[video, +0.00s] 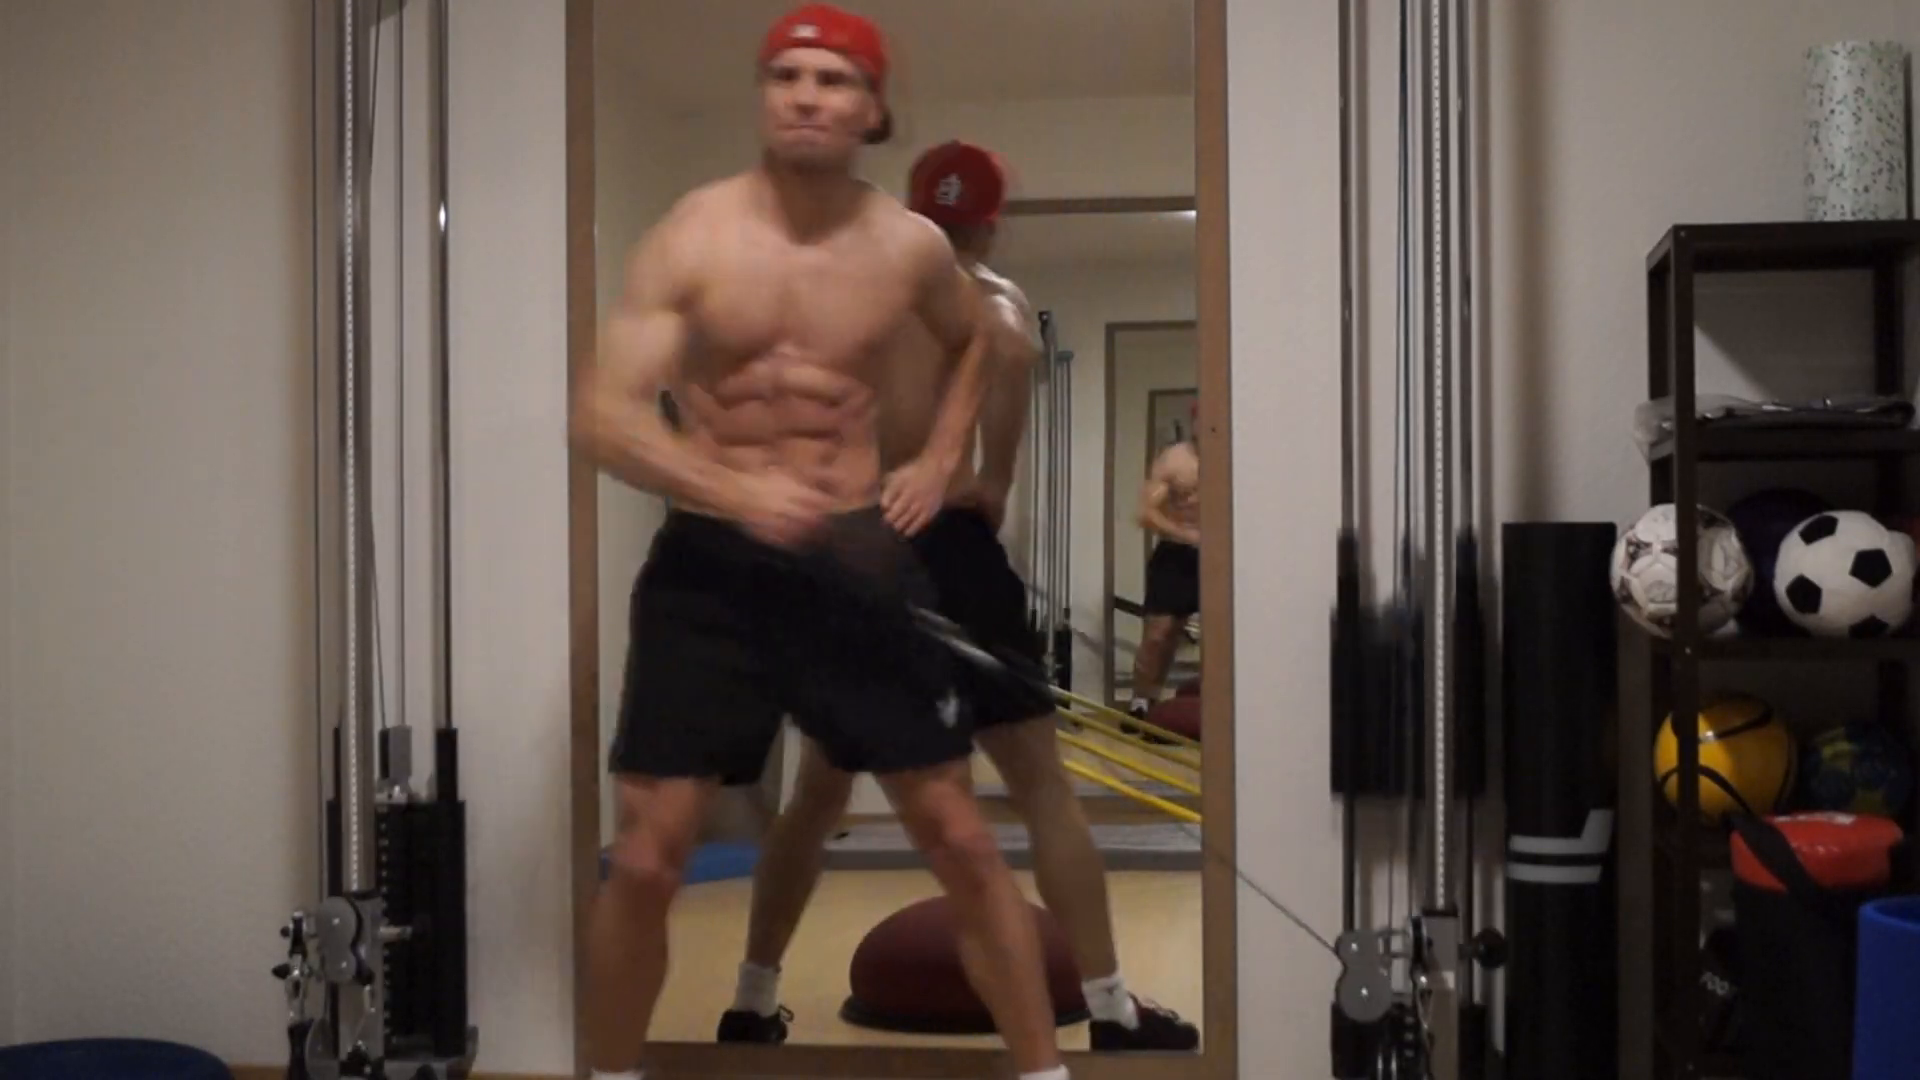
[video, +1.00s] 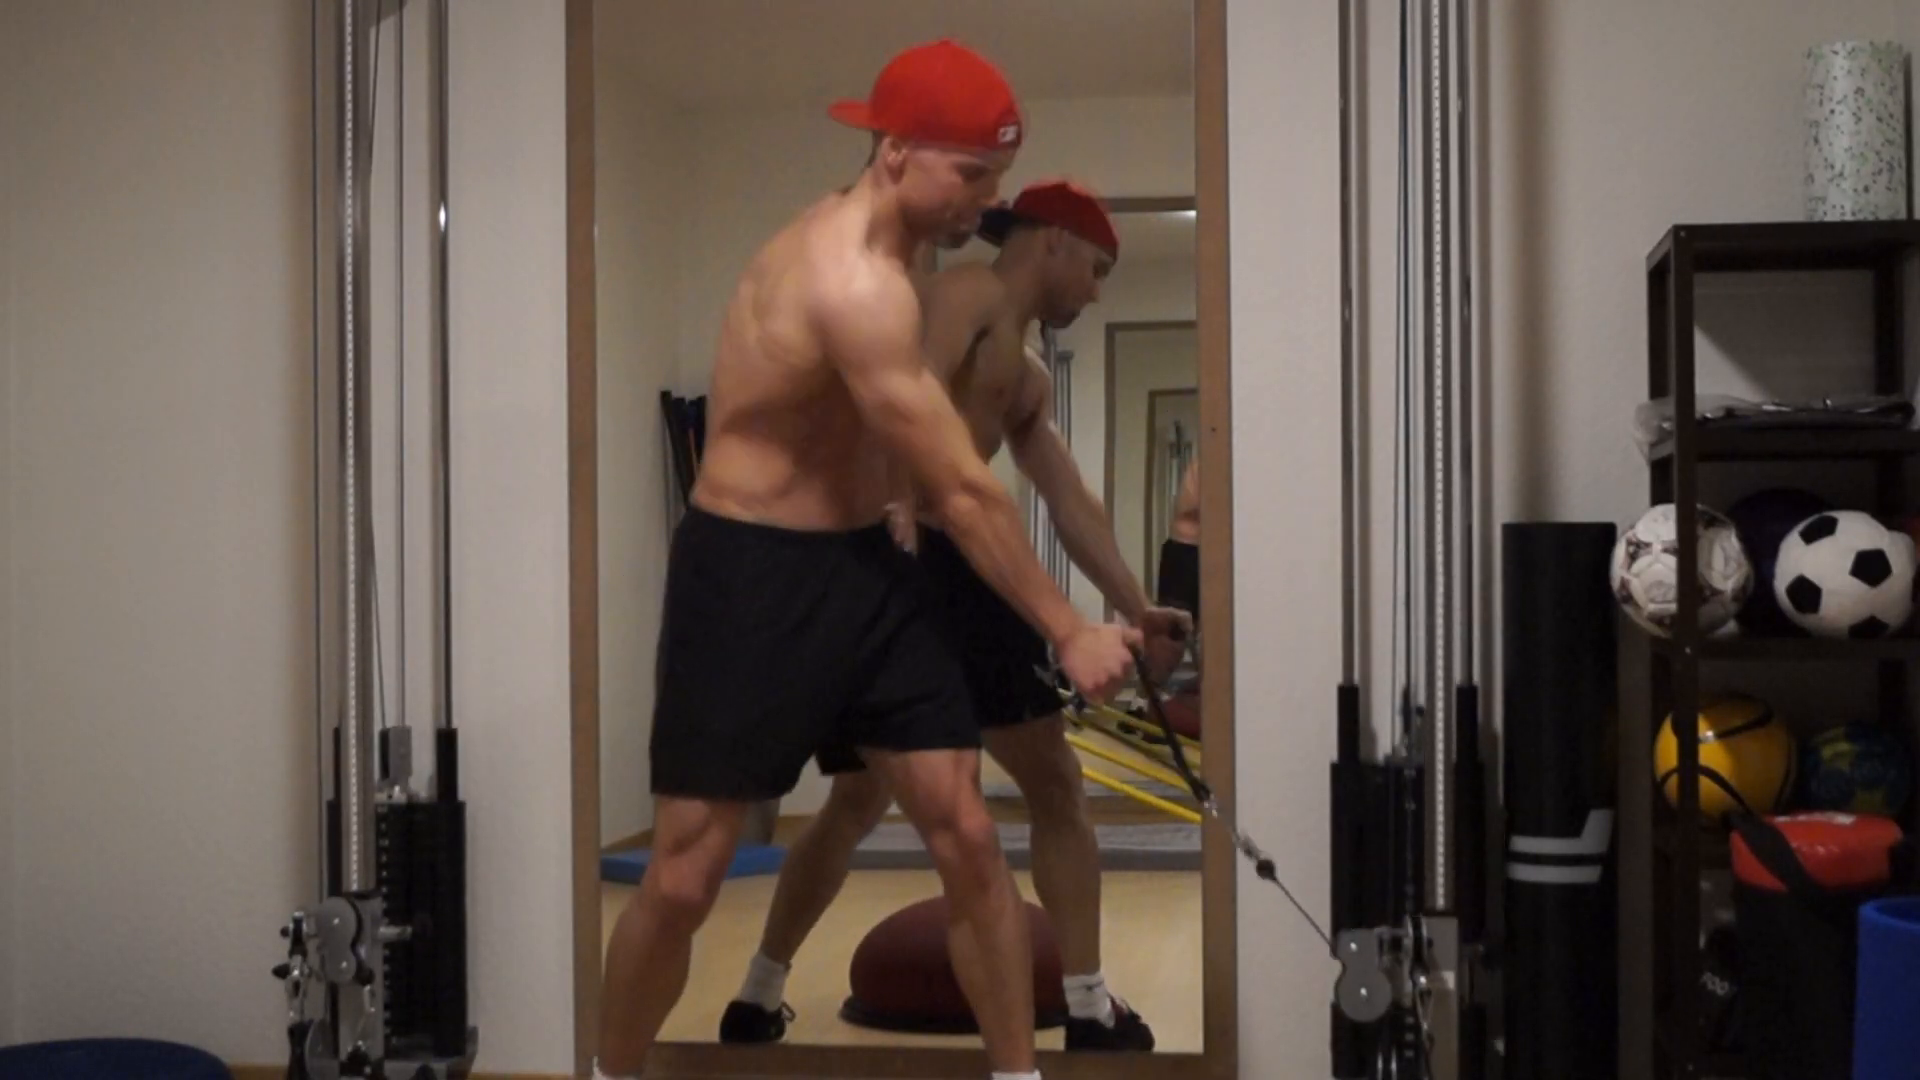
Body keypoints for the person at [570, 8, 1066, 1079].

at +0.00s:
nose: (803, 97)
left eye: (832, 82)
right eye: (785, 79)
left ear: (873, 116)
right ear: (759, 103)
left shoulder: (911, 248)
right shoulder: (692, 236)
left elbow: (975, 341)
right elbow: (602, 415)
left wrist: (939, 460)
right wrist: (735, 487)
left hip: (860, 570)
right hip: (711, 571)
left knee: (961, 839)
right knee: (646, 860)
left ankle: (1044, 1072)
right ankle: (607, 1075)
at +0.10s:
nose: (744, 92)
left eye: (773, 76)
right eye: (728, 74)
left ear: (825, 102)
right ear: (707, 95)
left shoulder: (879, 235)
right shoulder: (646, 237)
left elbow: (988, 338)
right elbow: (519, 381)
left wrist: (935, 469)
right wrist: (580, 444)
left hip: (839, 566)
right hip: (689, 568)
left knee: (942, 838)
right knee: (627, 853)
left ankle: (1038, 1069)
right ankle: (609, 1075)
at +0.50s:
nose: (761, 90)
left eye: (791, 71)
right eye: (746, 67)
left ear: (842, 97)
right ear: (724, 86)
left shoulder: (900, 225)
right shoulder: (672, 228)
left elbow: (1015, 337)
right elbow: (549, 380)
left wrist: (958, 474)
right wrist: (669, 439)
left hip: (858, 559)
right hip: (709, 560)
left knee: (943, 843)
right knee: (643, 849)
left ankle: (1013, 1072)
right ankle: (612, 1073)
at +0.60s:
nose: (854, 103)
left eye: (879, 85)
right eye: (833, 77)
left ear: (902, 109)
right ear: (789, 89)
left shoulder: (932, 230)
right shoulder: (722, 224)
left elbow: (987, 351)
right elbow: (653, 413)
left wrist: (964, 477)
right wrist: (812, 488)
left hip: (886, 549)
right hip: (737, 552)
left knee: (966, 837)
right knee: (667, 848)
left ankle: (1018, 1071)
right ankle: (613, 1073)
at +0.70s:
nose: (922, 123)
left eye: (938, 104)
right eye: (899, 96)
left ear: (946, 116)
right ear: (832, 95)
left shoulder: (940, 233)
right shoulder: (759, 223)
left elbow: (964, 365)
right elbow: (746, 441)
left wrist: (956, 476)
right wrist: (910, 521)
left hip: (892, 558)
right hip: (753, 562)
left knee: (973, 836)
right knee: (678, 852)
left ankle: (1020, 1070)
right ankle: (616, 1071)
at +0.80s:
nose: (984, 158)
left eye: (992, 133)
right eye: (966, 128)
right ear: (887, 116)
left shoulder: (919, 258)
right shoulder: (809, 235)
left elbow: (918, 442)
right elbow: (871, 451)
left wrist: (1008, 561)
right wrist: (1008, 565)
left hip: (889, 564)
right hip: (761, 566)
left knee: (975, 832)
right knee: (684, 860)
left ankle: (1021, 1073)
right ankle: (617, 1071)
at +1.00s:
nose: (988, 198)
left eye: (995, 176)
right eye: (976, 173)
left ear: (910, 158)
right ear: (900, 154)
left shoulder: (886, 249)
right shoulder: (846, 276)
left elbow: (845, 407)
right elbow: (960, 490)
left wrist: (893, 500)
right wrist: (1068, 630)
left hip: (866, 570)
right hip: (746, 576)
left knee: (968, 833)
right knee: (683, 880)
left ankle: (1015, 1072)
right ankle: (612, 1071)